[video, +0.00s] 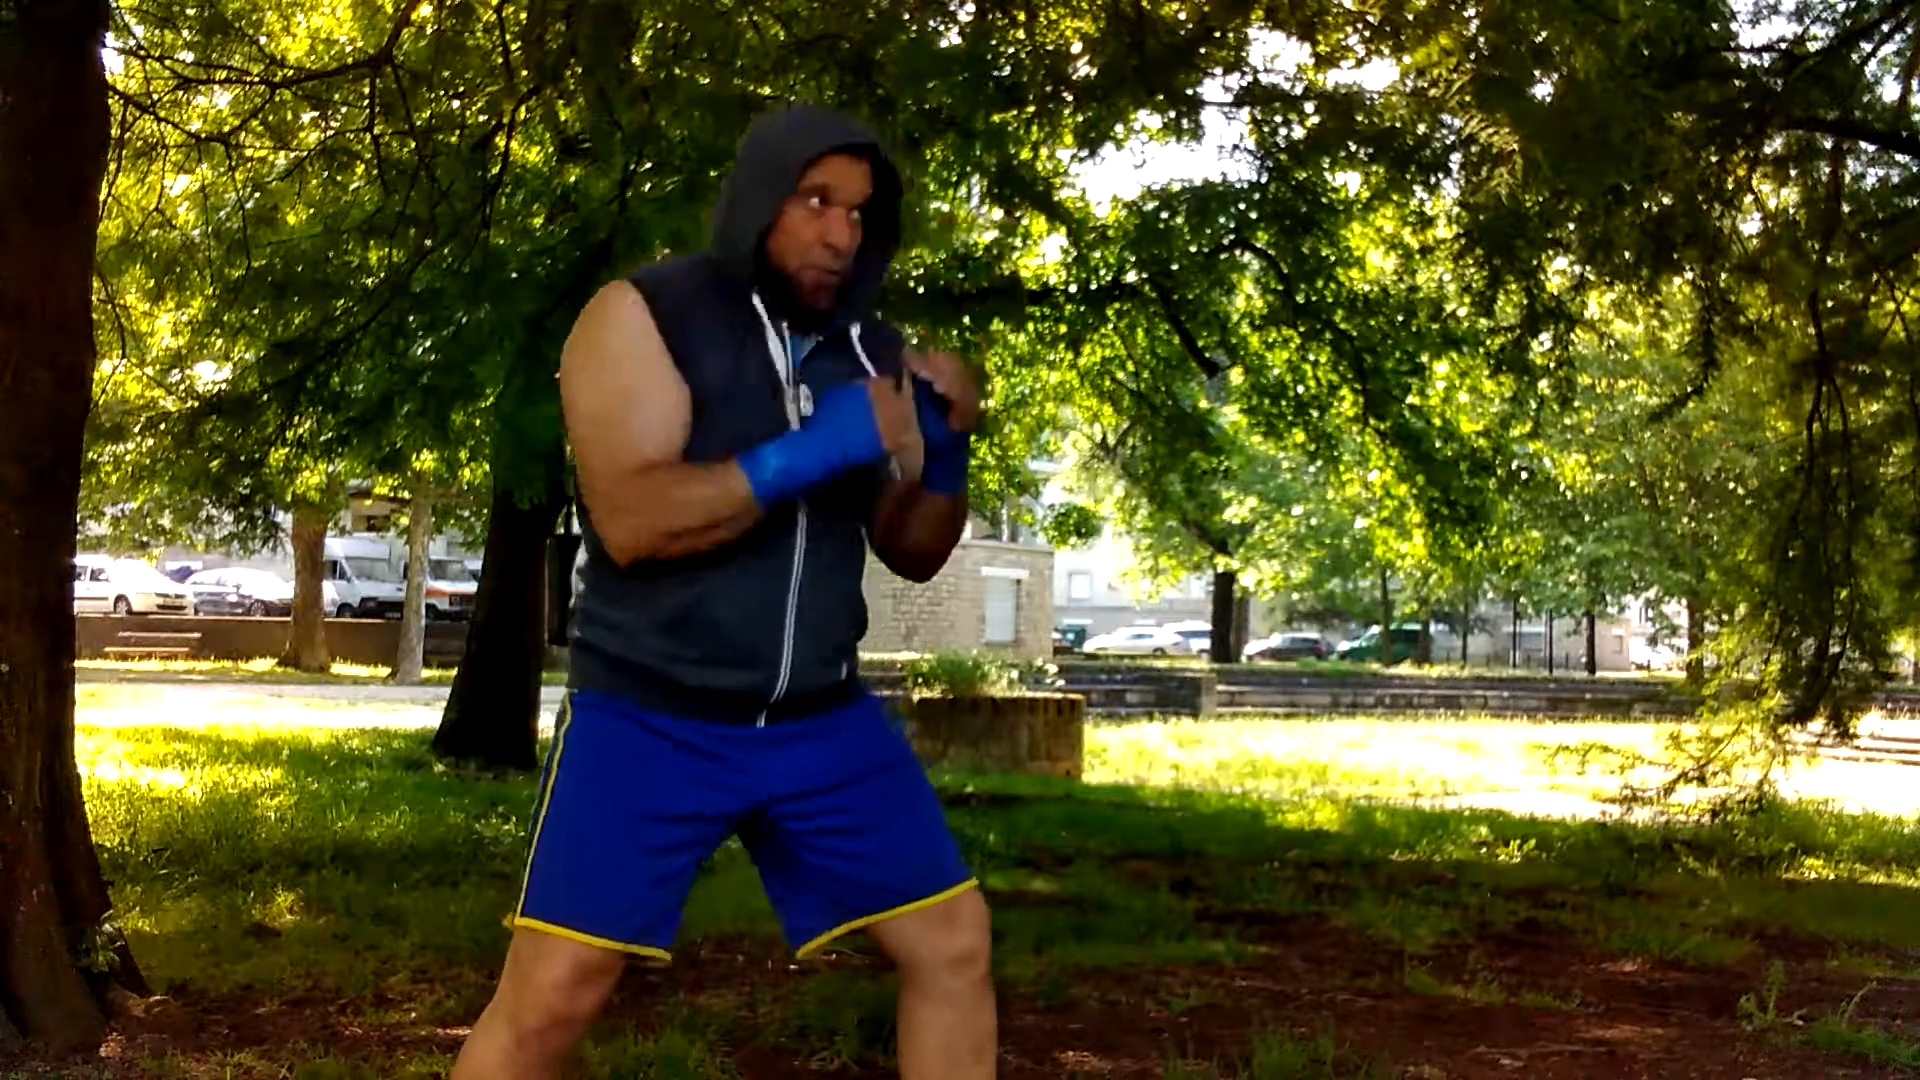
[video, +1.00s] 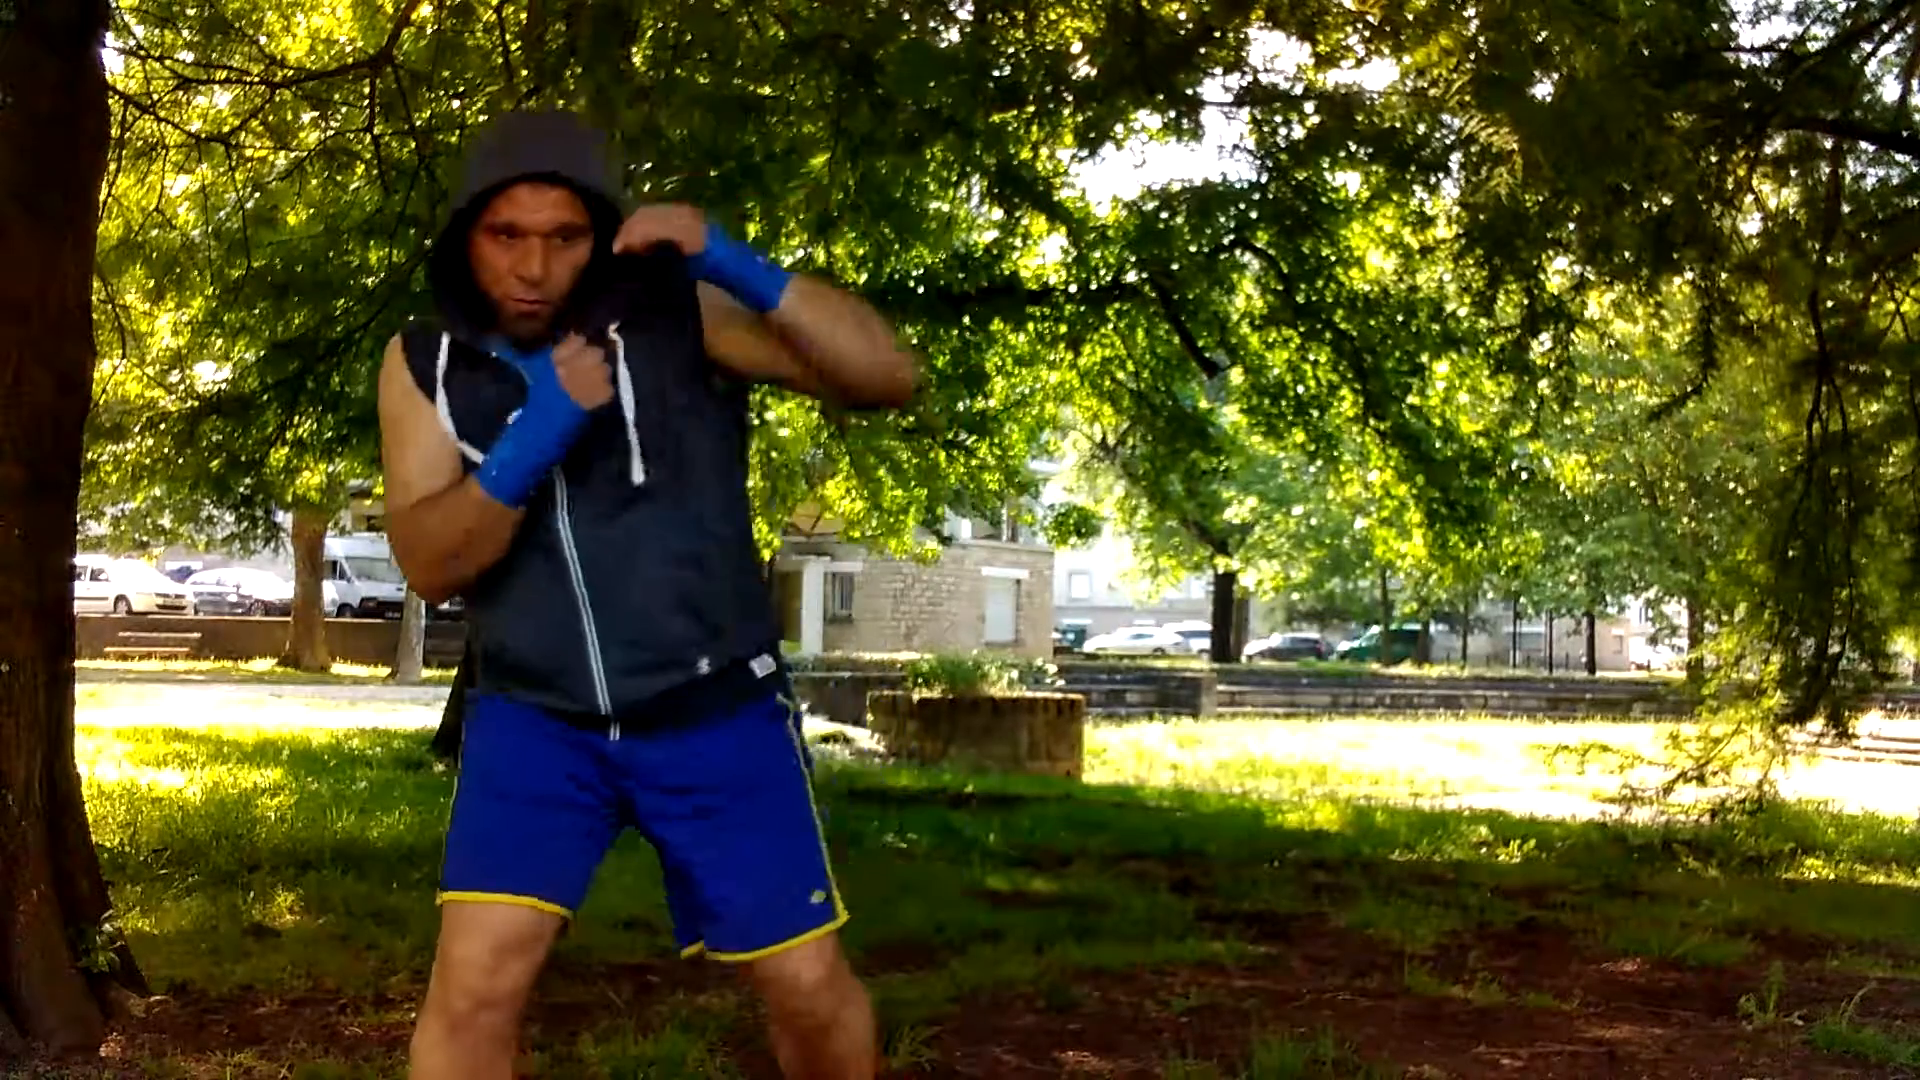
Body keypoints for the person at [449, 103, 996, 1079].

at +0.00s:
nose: (844, 233)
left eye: (859, 212)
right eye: (820, 202)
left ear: (873, 229)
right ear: (757, 202)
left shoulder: (874, 352)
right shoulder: (636, 316)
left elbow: (915, 553)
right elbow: (631, 520)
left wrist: (947, 445)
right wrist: (820, 443)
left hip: (823, 720)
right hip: (647, 722)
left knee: (951, 945)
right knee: (550, 998)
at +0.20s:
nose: (841, 225)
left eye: (857, 206)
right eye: (817, 197)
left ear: (867, 224)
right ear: (751, 196)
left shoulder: (868, 336)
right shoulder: (646, 291)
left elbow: (997, 465)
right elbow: (747, 387)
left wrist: (972, 289)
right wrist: (856, 238)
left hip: (830, 711)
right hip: (653, 712)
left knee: (947, 950)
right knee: (561, 993)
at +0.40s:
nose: (898, 255)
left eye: (917, 237)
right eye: (878, 223)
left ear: (930, 245)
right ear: (815, 213)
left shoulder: (902, 353)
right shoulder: (696, 287)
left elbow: (1029, 467)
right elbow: (833, 360)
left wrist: (1021, 277)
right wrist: (992, 213)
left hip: (842, 721)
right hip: (668, 720)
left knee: (947, 950)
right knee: (571, 1000)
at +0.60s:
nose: (887, 242)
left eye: (904, 220)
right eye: (864, 211)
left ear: (916, 232)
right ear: (801, 203)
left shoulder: (892, 362)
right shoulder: (672, 305)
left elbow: (906, 570)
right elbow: (666, 511)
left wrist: (958, 486)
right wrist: (875, 470)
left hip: (827, 721)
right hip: (652, 721)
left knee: (947, 955)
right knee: (563, 1006)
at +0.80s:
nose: (725, 229)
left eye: (747, 206)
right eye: (700, 200)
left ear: (767, 219)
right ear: (648, 200)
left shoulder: (791, 327)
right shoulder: (543, 317)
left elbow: (894, 507)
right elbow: (574, 492)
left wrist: (880, 351)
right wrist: (731, 350)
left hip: (782, 704)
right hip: (596, 714)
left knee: (902, 940)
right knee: (529, 995)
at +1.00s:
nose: (535, 268)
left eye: (562, 239)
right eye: (509, 236)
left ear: (600, 237)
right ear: (467, 237)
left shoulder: (676, 309)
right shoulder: (424, 359)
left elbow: (889, 375)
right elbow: (430, 563)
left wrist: (726, 253)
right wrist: (549, 418)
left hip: (716, 713)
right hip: (532, 722)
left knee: (810, 991)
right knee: (475, 988)